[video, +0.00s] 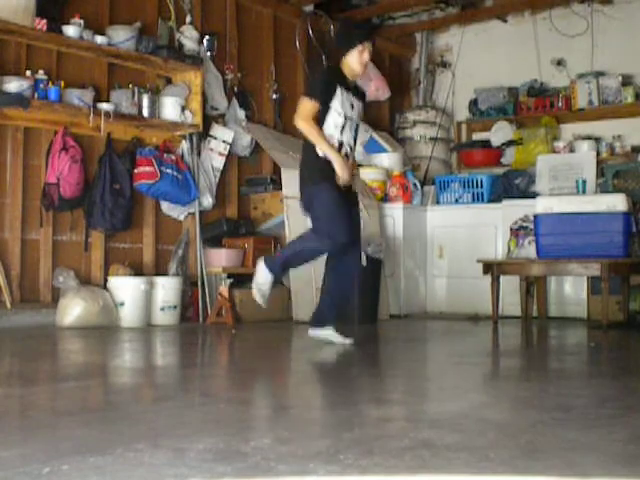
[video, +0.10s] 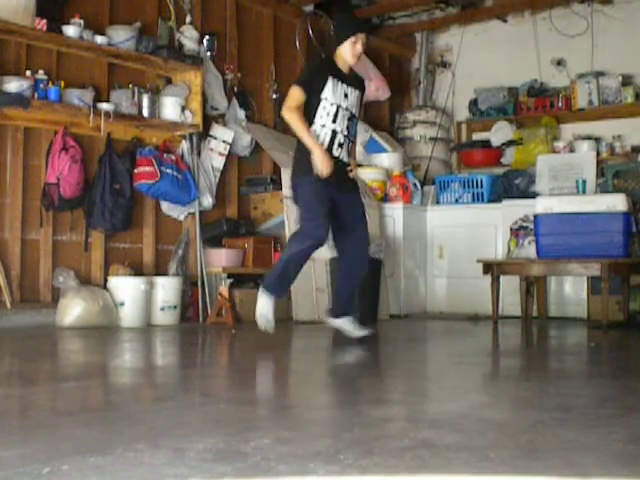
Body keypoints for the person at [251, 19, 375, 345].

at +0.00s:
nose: (367, 59)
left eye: (368, 52)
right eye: (363, 52)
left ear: (364, 53)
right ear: (346, 51)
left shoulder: (357, 92)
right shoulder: (325, 78)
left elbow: (348, 137)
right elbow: (301, 119)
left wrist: (351, 166)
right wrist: (334, 157)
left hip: (342, 179)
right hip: (318, 175)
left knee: (349, 249)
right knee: (333, 235)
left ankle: (323, 323)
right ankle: (271, 266)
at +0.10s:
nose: (360, 49)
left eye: (363, 43)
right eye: (355, 42)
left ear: (362, 45)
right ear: (340, 41)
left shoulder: (357, 84)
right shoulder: (318, 70)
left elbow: (350, 130)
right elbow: (289, 109)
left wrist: (352, 164)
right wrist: (316, 150)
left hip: (342, 175)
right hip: (311, 170)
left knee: (355, 242)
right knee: (314, 232)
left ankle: (340, 313)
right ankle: (270, 290)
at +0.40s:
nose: (343, 50)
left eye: (346, 43)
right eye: (336, 43)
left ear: (350, 46)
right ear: (321, 46)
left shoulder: (361, 82)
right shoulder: (300, 81)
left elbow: (377, 122)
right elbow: (281, 129)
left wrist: (360, 155)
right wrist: (286, 173)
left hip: (344, 185)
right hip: (305, 185)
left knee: (353, 255)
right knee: (293, 255)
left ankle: (358, 321)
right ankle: (286, 322)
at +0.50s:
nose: (336, 56)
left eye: (340, 49)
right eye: (329, 50)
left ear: (345, 51)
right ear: (315, 52)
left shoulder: (360, 85)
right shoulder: (298, 89)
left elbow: (380, 121)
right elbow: (285, 134)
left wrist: (375, 165)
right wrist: (289, 174)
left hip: (346, 183)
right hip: (311, 183)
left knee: (337, 251)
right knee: (312, 252)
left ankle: (330, 326)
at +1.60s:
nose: (373, 46)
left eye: (378, 41)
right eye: (368, 39)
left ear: (383, 44)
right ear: (353, 37)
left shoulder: (387, 77)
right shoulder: (323, 69)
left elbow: (408, 124)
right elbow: (285, 97)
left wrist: (378, 118)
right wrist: (274, 142)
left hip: (362, 180)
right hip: (324, 178)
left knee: (366, 258)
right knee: (332, 246)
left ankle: (352, 330)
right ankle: (312, 307)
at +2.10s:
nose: (387, 64)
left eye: (391, 59)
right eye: (386, 56)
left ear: (386, 56)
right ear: (370, 47)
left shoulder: (383, 87)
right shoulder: (324, 74)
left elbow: (391, 129)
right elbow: (279, 93)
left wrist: (388, 77)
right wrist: (294, 121)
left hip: (350, 191)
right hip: (311, 186)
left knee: (345, 269)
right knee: (294, 257)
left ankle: (347, 335)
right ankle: (283, 327)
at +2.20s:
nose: (382, 44)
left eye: (386, 40)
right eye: (382, 37)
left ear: (382, 36)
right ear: (367, 28)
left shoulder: (380, 66)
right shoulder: (320, 54)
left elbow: (383, 110)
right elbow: (268, 75)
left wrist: (381, 55)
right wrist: (256, 117)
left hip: (348, 169)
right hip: (309, 163)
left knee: (347, 249)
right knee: (300, 233)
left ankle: (342, 327)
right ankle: (278, 309)